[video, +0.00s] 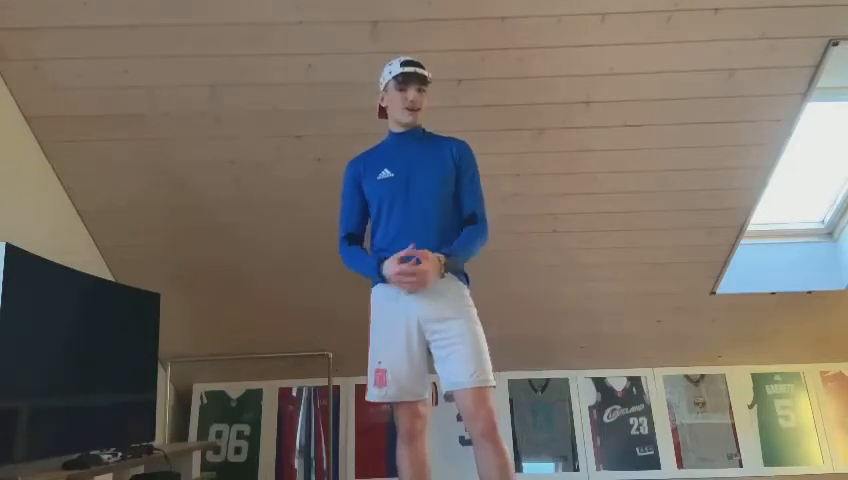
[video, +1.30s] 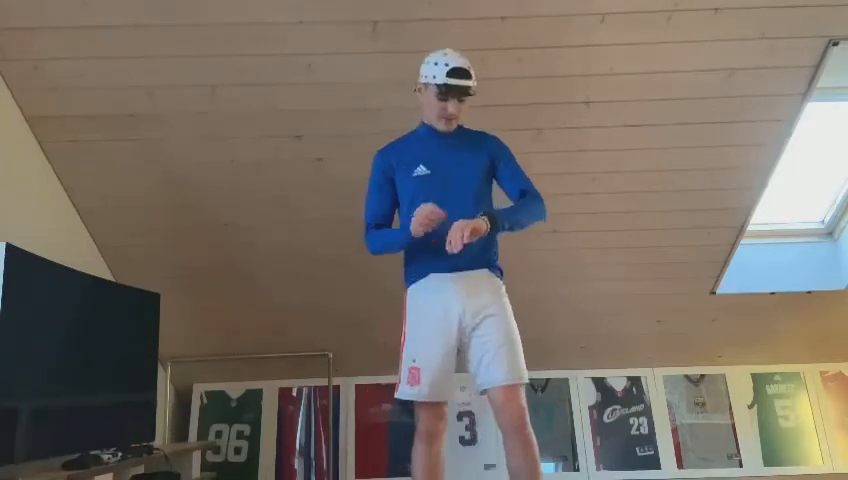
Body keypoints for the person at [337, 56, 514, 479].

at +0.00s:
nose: (413, 95)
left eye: (420, 88)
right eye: (402, 87)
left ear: (428, 97)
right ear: (383, 99)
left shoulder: (456, 151)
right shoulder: (362, 166)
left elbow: (478, 227)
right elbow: (349, 243)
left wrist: (444, 261)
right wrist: (381, 268)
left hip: (448, 295)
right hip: (392, 301)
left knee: (483, 418)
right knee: (410, 422)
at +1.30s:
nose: (452, 107)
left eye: (460, 98)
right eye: (443, 96)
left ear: (469, 96)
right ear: (421, 91)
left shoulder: (487, 146)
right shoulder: (391, 158)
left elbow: (534, 206)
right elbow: (374, 239)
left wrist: (487, 222)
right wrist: (410, 230)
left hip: (486, 289)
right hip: (429, 293)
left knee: (513, 409)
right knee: (430, 420)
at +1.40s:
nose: (464, 108)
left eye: (474, 98)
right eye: (456, 96)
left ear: (483, 96)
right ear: (435, 89)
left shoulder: (499, 144)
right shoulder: (404, 153)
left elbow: (547, 199)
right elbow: (382, 234)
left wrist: (494, 210)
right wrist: (431, 210)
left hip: (493, 290)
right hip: (436, 294)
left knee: (516, 409)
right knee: (434, 422)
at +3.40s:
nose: (515, 97)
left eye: (524, 87)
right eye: (506, 88)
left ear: (536, 86)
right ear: (494, 88)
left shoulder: (560, 141)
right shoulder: (467, 146)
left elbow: (597, 186)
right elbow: (440, 223)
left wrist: (519, 173)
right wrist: (465, 190)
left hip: (533, 285)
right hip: (476, 287)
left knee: (538, 416)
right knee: (462, 415)